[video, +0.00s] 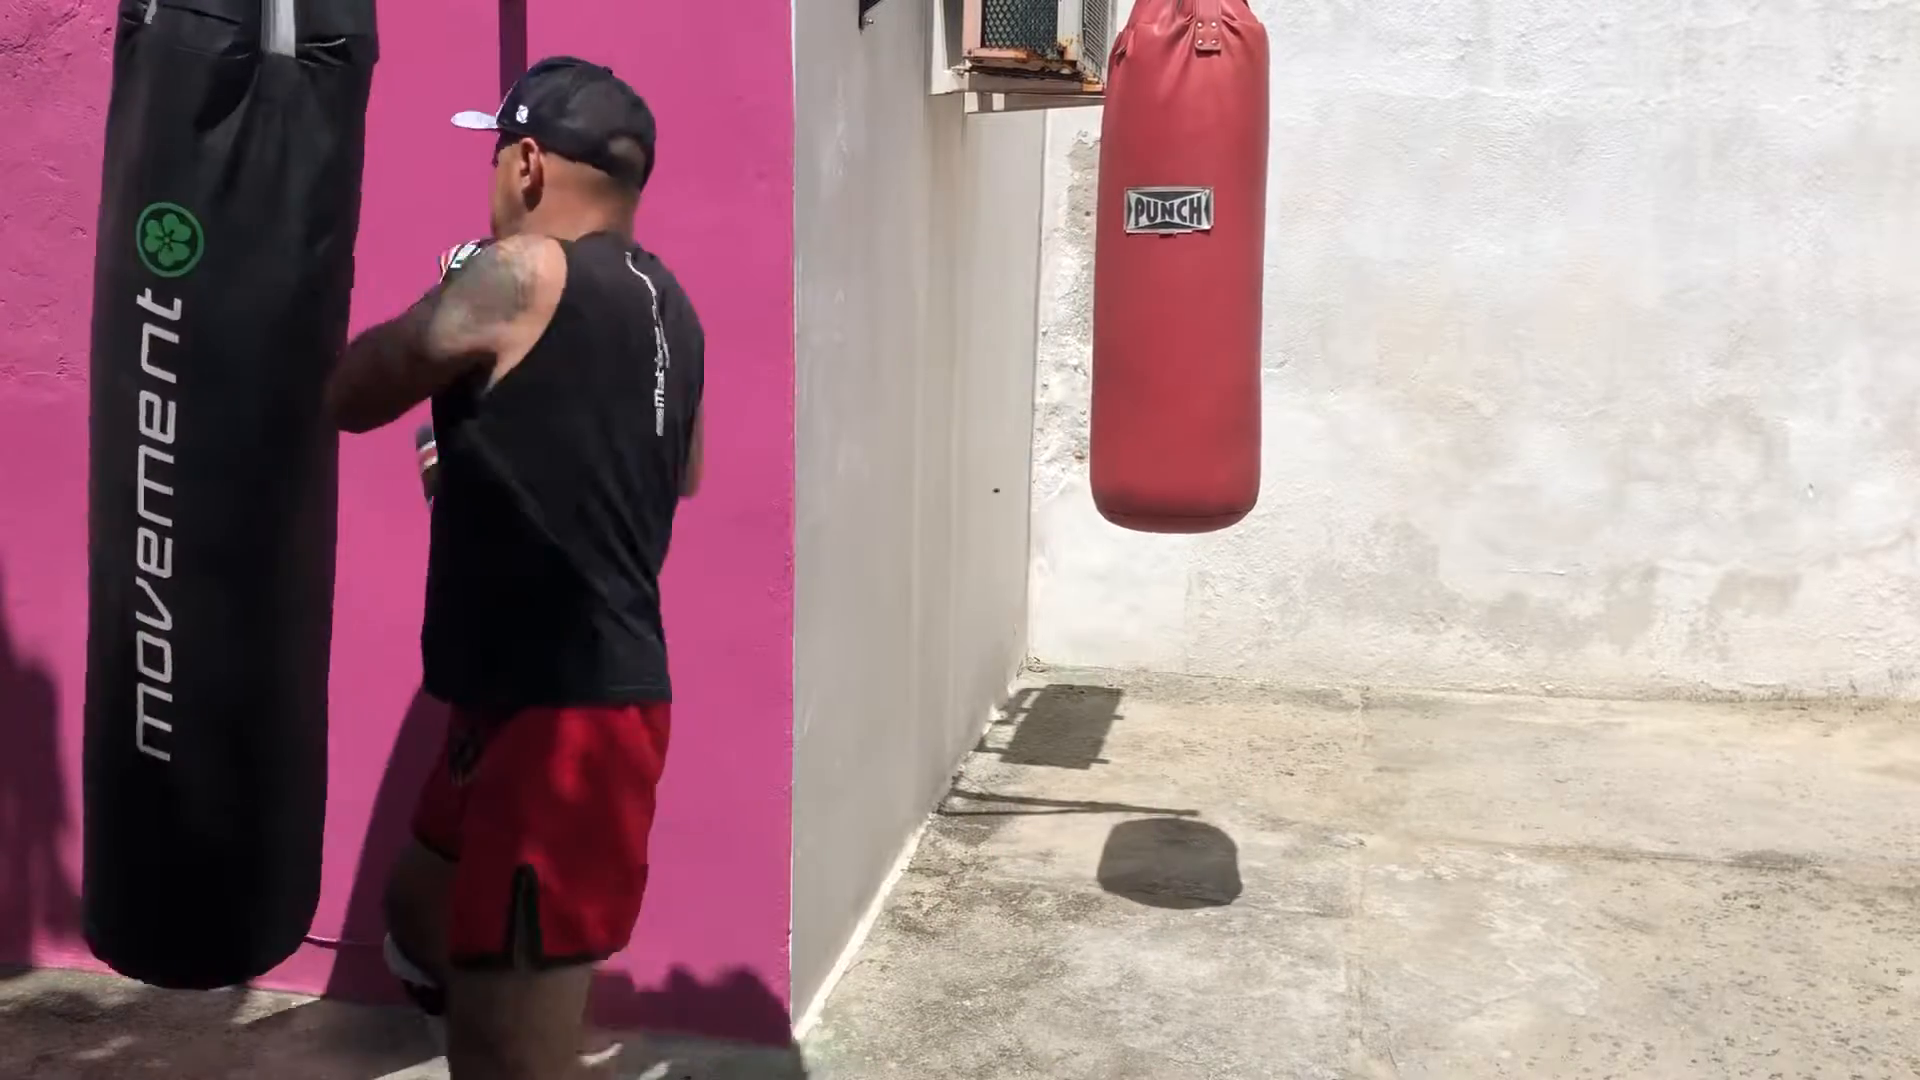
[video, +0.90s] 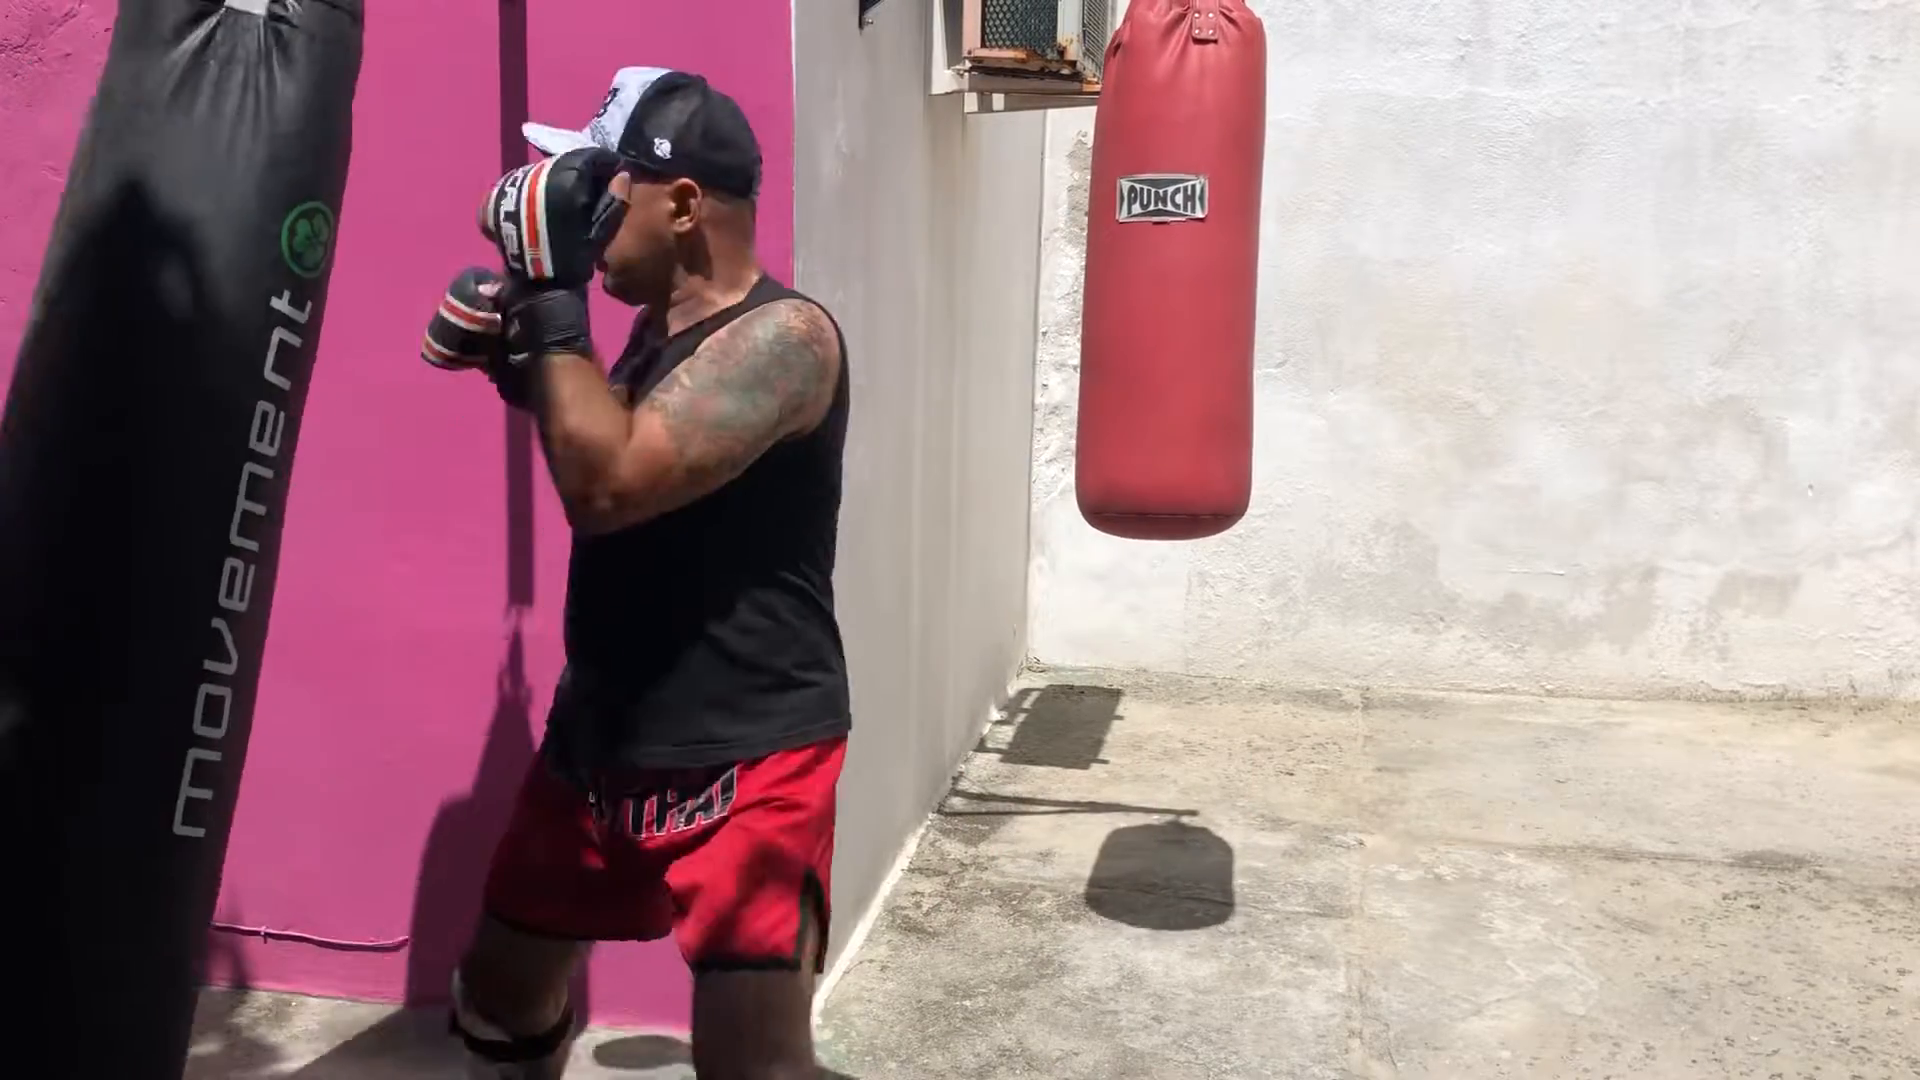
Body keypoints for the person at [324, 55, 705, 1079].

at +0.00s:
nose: (494, 181)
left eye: (500, 157)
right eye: (500, 158)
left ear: (530, 164)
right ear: (629, 177)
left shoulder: (515, 272)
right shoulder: (666, 306)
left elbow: (346, 396)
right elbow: (676, 476)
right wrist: (494, 459)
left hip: (555, 709)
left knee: (514, 1040)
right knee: (422, 919)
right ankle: (534, 1053)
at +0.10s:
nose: (469, 217)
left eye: (480, 191)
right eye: (474, 193)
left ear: (525, 198)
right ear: (600, 220)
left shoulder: (506, 285)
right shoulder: (677, 366)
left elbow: (331, 422)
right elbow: (744, 551)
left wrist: (441, 357)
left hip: (535, 721)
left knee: (522, 1042)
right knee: (399, 940)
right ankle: (506, 1079)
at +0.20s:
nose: (454, 251)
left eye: (469, 225)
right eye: (460, 228)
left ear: (526, 229)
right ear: (554, 237)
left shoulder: (546, 312)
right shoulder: (617, 382)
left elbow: (362, 444)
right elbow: (722, 549)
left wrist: (405, 367)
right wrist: (703, 690)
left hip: (542, 733)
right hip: (441, 722)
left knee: (486, 1042)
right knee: (359, 978)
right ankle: (490, 1062)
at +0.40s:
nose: (464, 249)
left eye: (479, 225)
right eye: (468, 227)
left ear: (539, 222)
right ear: (544, 228)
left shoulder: (569, 286)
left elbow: (366, 399)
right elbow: (538, 567)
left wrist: (448, 339)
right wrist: (386, 633)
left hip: (561, 707)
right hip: (463, 710)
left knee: (514, 1042)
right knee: (395, 996)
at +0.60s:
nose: (448, 208)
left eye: (467, 184)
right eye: (455, 187)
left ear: (533, 199)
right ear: (537, 202)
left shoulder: (585, 284)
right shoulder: (583, 328)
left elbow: (402, 424)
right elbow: (709, 530)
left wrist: (384, 327)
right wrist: (623, 654)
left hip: (617, 705)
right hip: (501, 702)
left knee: (596, 1023)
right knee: (425, 989)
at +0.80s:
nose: (532, 236)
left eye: (553, 212)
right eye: (539, 211)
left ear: (624, 236)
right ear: (623, 238)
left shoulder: (726, 367)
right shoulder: (593, 374)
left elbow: (571, 530)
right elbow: (541, 541)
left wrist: (466, 372)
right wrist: (414, 479)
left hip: (693, 763)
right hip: (548, 750)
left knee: (709, 1041)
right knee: (428, 1001)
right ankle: (496, 1063)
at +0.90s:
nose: (595, 211)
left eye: (614, 189)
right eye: (597, 189)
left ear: (684, 205)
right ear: (681, 206)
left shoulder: (789, 337)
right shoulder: (655, 339)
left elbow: (605, 485)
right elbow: (592, 439)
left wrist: (549, 289)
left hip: (749, 756)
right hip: (603, 740)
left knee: (751, 1056)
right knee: (504, 998)